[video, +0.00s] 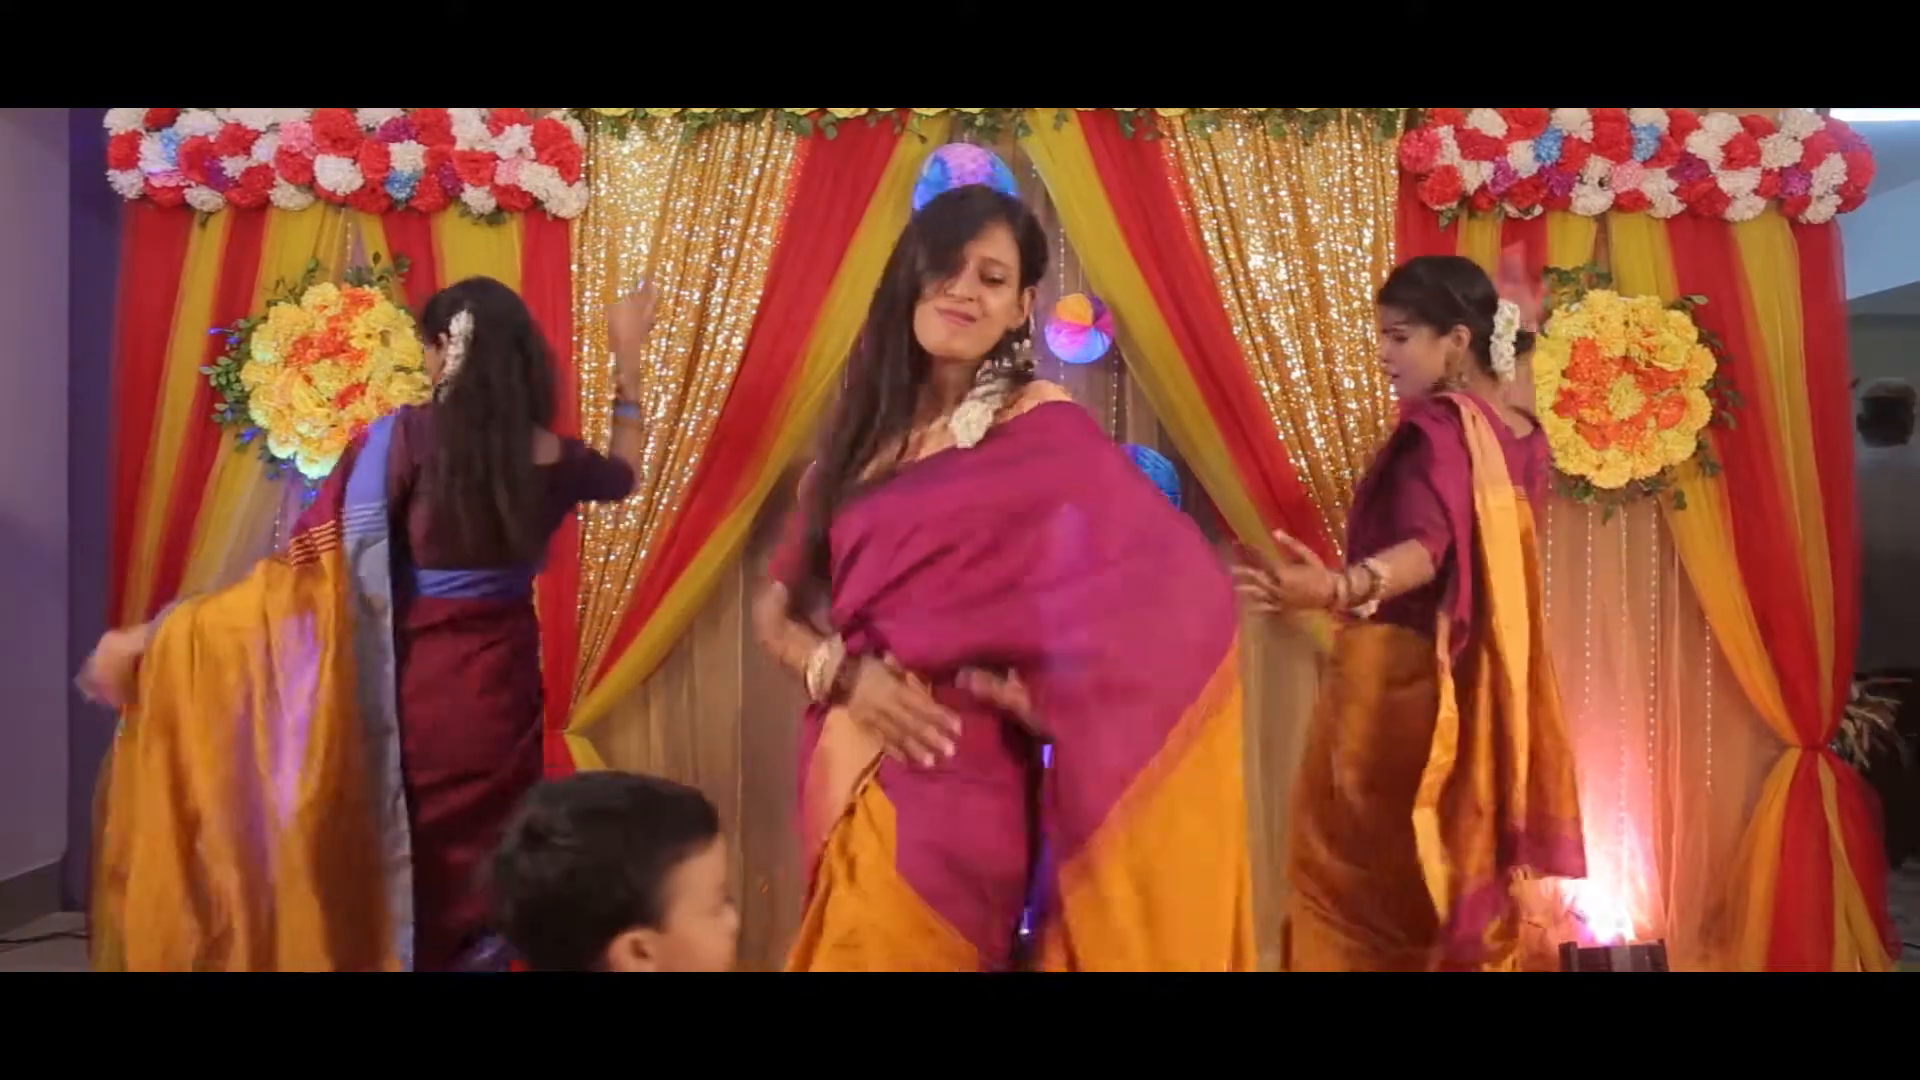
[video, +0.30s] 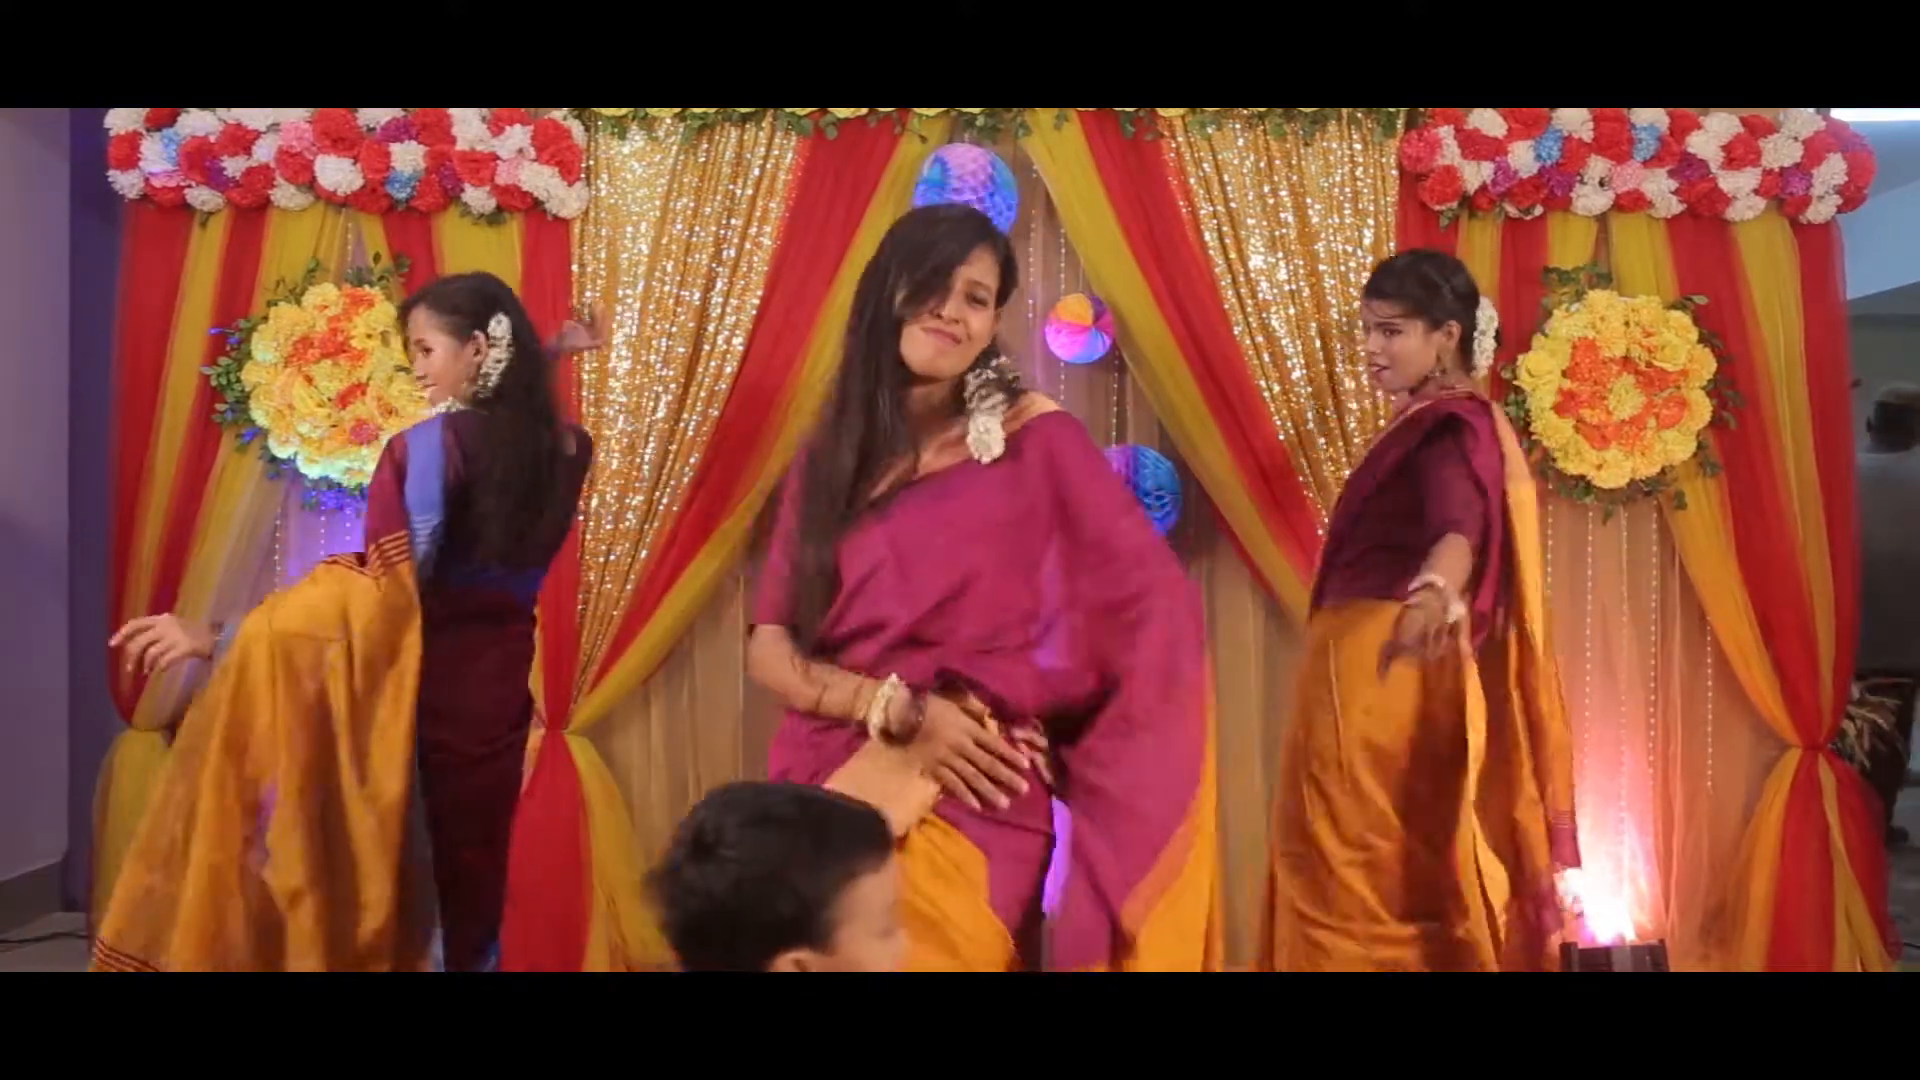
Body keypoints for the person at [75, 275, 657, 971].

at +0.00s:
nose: (430, 358)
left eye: (435, 341)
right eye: (434, 339)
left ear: (454, 350)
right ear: (524, 353)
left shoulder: (398, 439)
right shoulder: (549, 456)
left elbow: (304, 563)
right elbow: (623, 473)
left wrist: (150, 639)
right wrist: (629, 359)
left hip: (414, 667)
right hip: (504, 667)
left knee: (409, 846)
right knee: (497, 839)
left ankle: (413, 959)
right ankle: (487, 958)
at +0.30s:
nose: (415, 369)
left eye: (426, 350)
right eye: (413, 352)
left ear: (484, 347)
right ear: (491, 352)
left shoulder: (428, 445)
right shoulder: (568, 450)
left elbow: (387, 599)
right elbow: (524, 422)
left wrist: (218, 638)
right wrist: (546, 354)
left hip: (416, 691)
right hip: (499, 693)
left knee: (395, 879)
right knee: (477, 876)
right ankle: (475, 962)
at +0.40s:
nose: (414, 370)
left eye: (428, 350)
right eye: (411, 353)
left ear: (489, 349)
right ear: (492, 354)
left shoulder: (434, 447)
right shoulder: (544, 447)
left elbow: (392, 605)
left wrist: (227, 636)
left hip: (428, 707)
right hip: (499, 705)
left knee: (406, 911)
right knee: (481, 921)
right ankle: (480, 960)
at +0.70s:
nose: (414, 366)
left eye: (433, 347)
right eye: (406, 351)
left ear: (488, 355)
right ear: (398, 355)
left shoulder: (458, 440)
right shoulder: (496, 438)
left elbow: (422, 586)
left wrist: (311, 665)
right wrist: (313, 673)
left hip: (459, 717)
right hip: (486, 711)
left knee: (438, 915)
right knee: (463, 915)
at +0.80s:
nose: (430, 343)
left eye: (449, 325)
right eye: (417, 327)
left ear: (497, 335)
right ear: (407, 338)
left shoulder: (477, 428)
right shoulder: (450, 424)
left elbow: (473, 576)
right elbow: (416, 569)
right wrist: (352, 664)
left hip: (449, 683)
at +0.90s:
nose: (440, 336)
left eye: (461, 319)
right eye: (427, 319)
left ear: (506, 331)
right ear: (414, 329)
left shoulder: (497, 418)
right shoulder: (452, 414)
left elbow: (494, 565)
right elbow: (450, 554)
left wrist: (420, 659)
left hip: (462, 672)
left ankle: (294, 954)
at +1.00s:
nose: (448, 358)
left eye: (468, 341)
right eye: (434, 342)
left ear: (509, 355)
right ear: (421, 355)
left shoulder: (504, 439)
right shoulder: (454, 439)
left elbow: (508, 585)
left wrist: (422, 676)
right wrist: (401, 449)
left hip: (458, 714)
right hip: (424, 713)